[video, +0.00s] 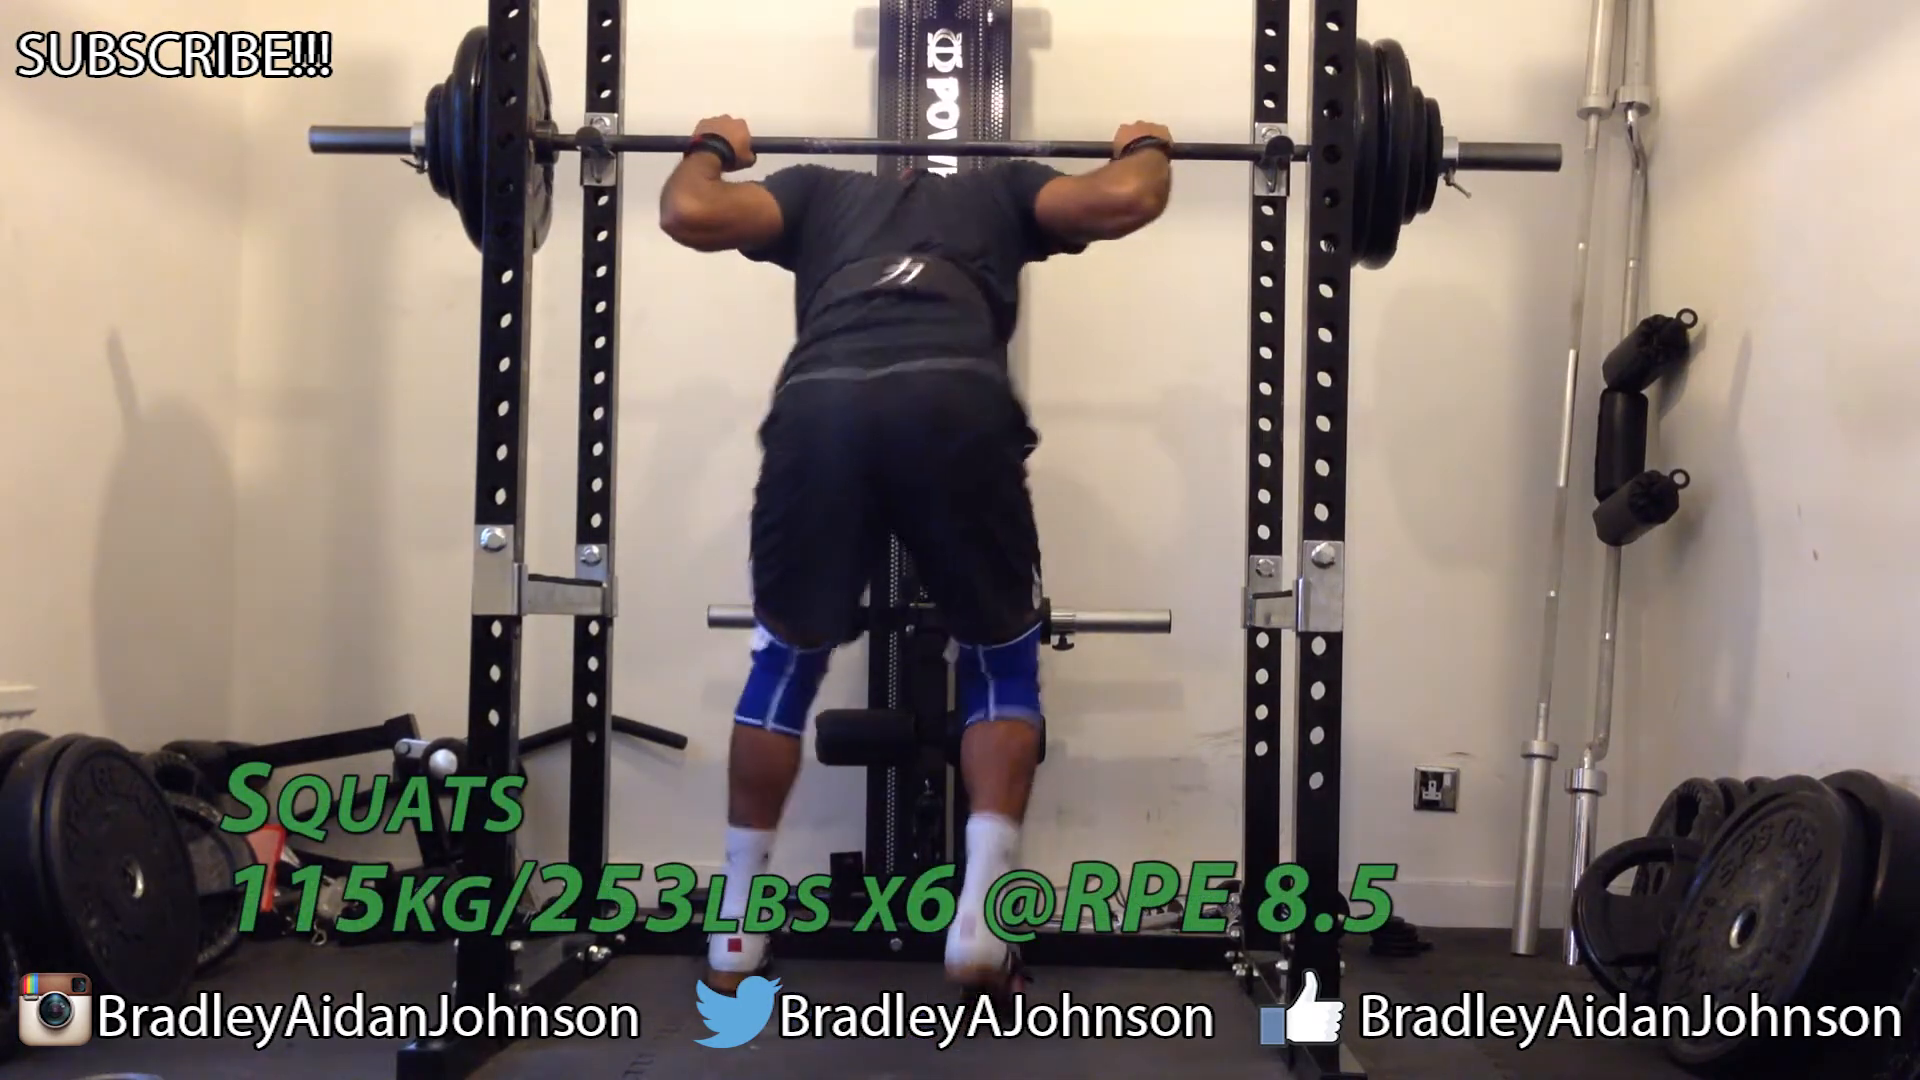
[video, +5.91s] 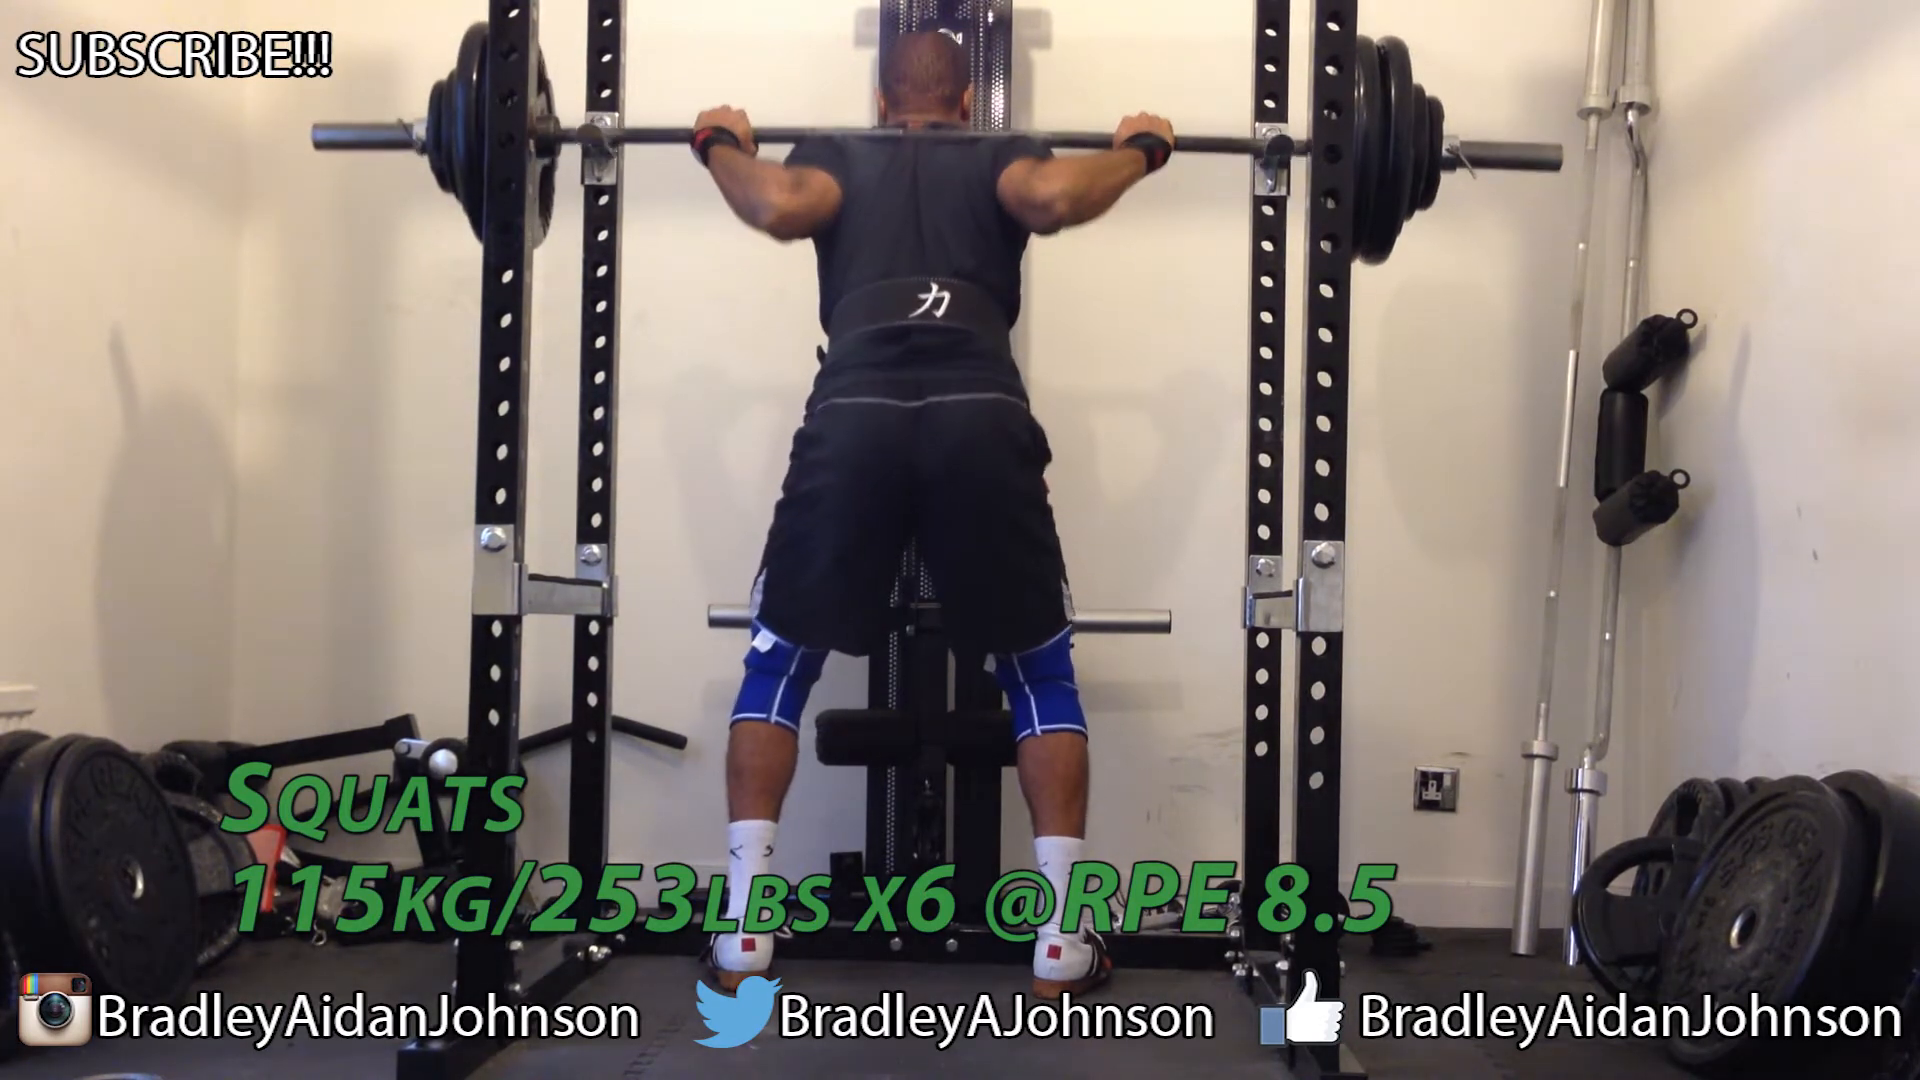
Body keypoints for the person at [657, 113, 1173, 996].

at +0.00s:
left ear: (883, 151)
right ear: (975, 151)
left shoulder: (821, 189)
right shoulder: (1006, 188)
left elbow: (687, 214)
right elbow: (1128, 198)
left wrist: (710, 146)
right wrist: (1149, 144)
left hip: (819, 414)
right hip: (956, 410)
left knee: (783, 660)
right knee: (1003, 662)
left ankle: (737, 923)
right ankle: (978, 920)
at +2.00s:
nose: (907, 39)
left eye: (894, 30)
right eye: (959, 33)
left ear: (881, 56)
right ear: (973, 52)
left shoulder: (833, 151)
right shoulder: (1009, 151)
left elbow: (801, 286)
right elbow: (1041, 278)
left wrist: (726, 188)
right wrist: (1136, 192)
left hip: (840, 408)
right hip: (962, 408)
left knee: (791, 667)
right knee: (1029, 672)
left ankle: (749, 914)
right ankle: (1058, 922)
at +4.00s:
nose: (939, 127)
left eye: (917, 119)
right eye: (951, 118)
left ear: (878, 126)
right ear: (965, 126)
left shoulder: (835, 161)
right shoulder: (999, 162)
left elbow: (781, 259)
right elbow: (1048, 248)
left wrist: (720, 174)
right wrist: (1137, 183)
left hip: (847, 412)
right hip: (973, 409)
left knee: (776, 658)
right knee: (1032, 668)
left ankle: (744, 916)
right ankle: (1062, 926)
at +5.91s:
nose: (930, 94)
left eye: (898, 81)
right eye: (954, 85)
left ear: (879, 97)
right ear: (969, 100)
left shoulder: (836, 156)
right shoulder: (1000, 154)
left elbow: (776, 205)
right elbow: (1052, 197)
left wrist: (727, 148)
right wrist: (1135, 152)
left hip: (851, 424)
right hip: (982, 425)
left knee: (778, 668)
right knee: (1041, 678)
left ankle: (744, 919)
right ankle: (1060, 931)